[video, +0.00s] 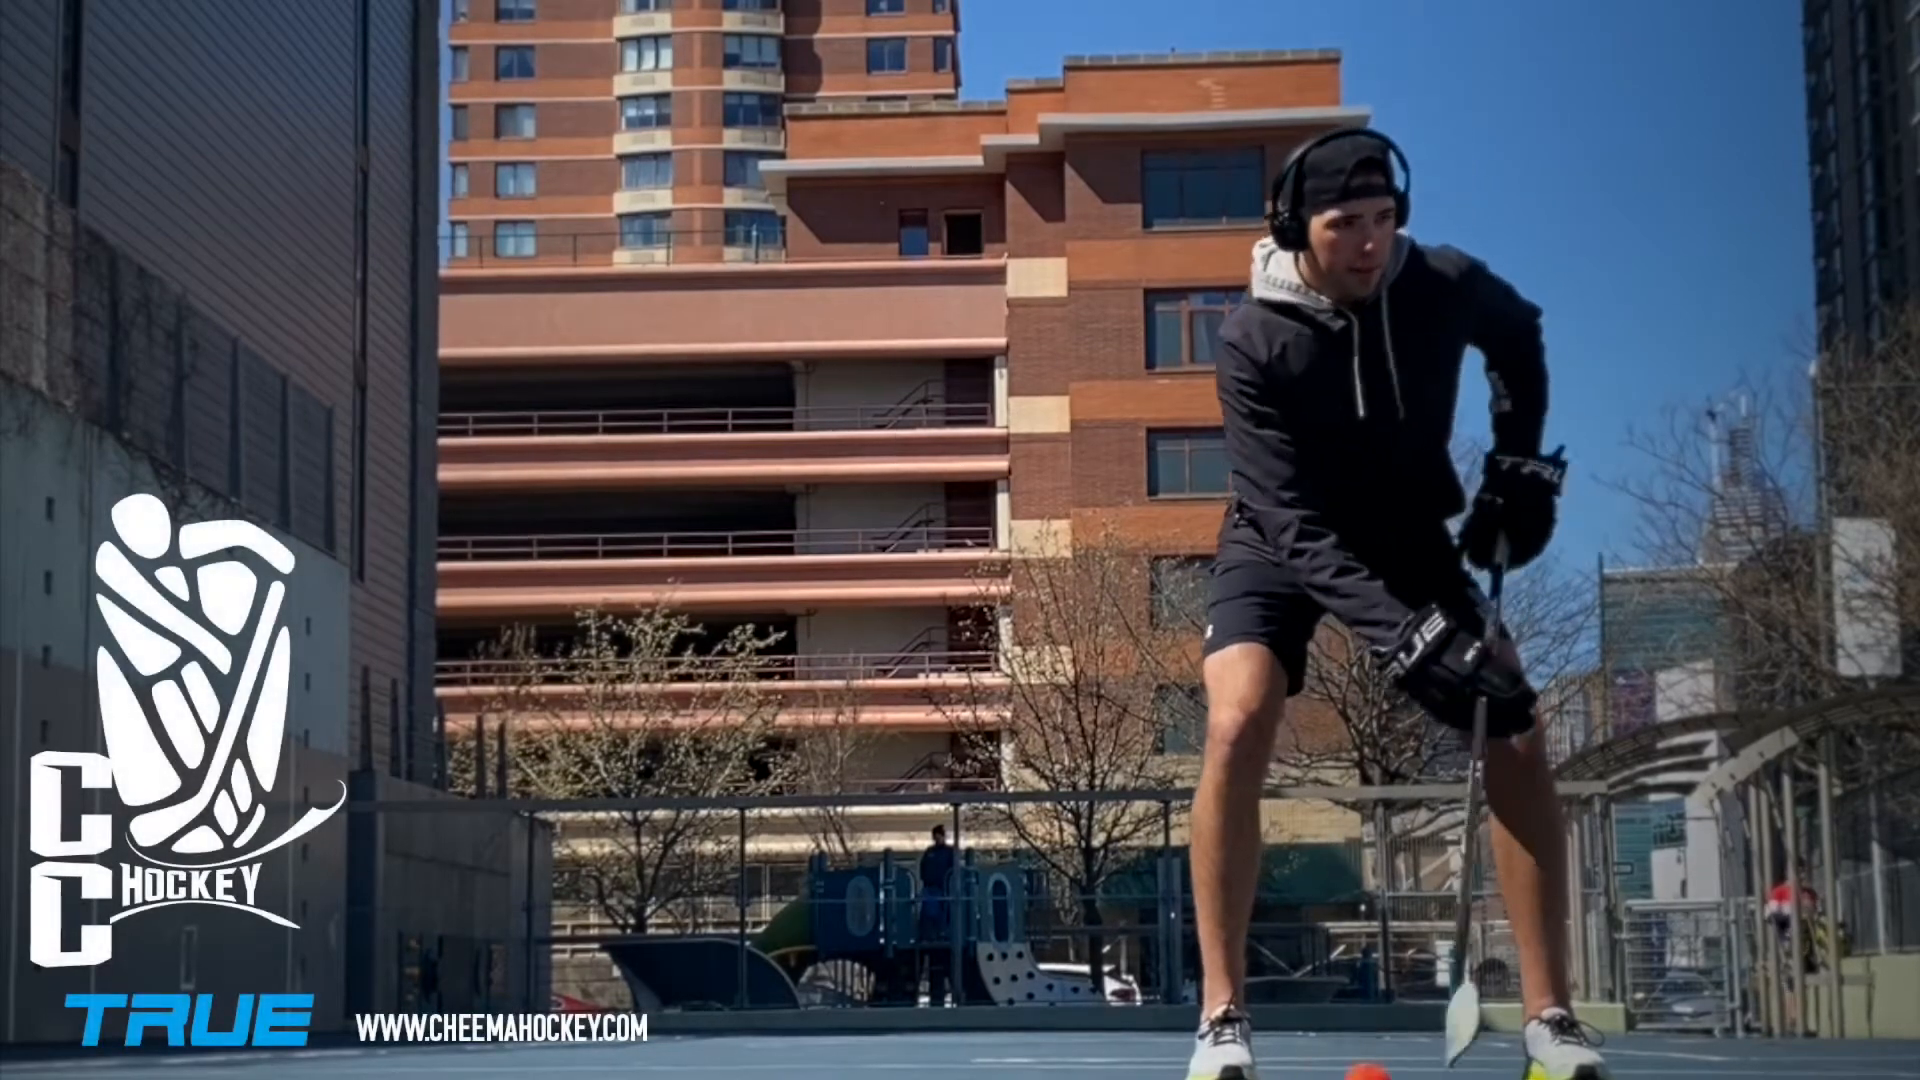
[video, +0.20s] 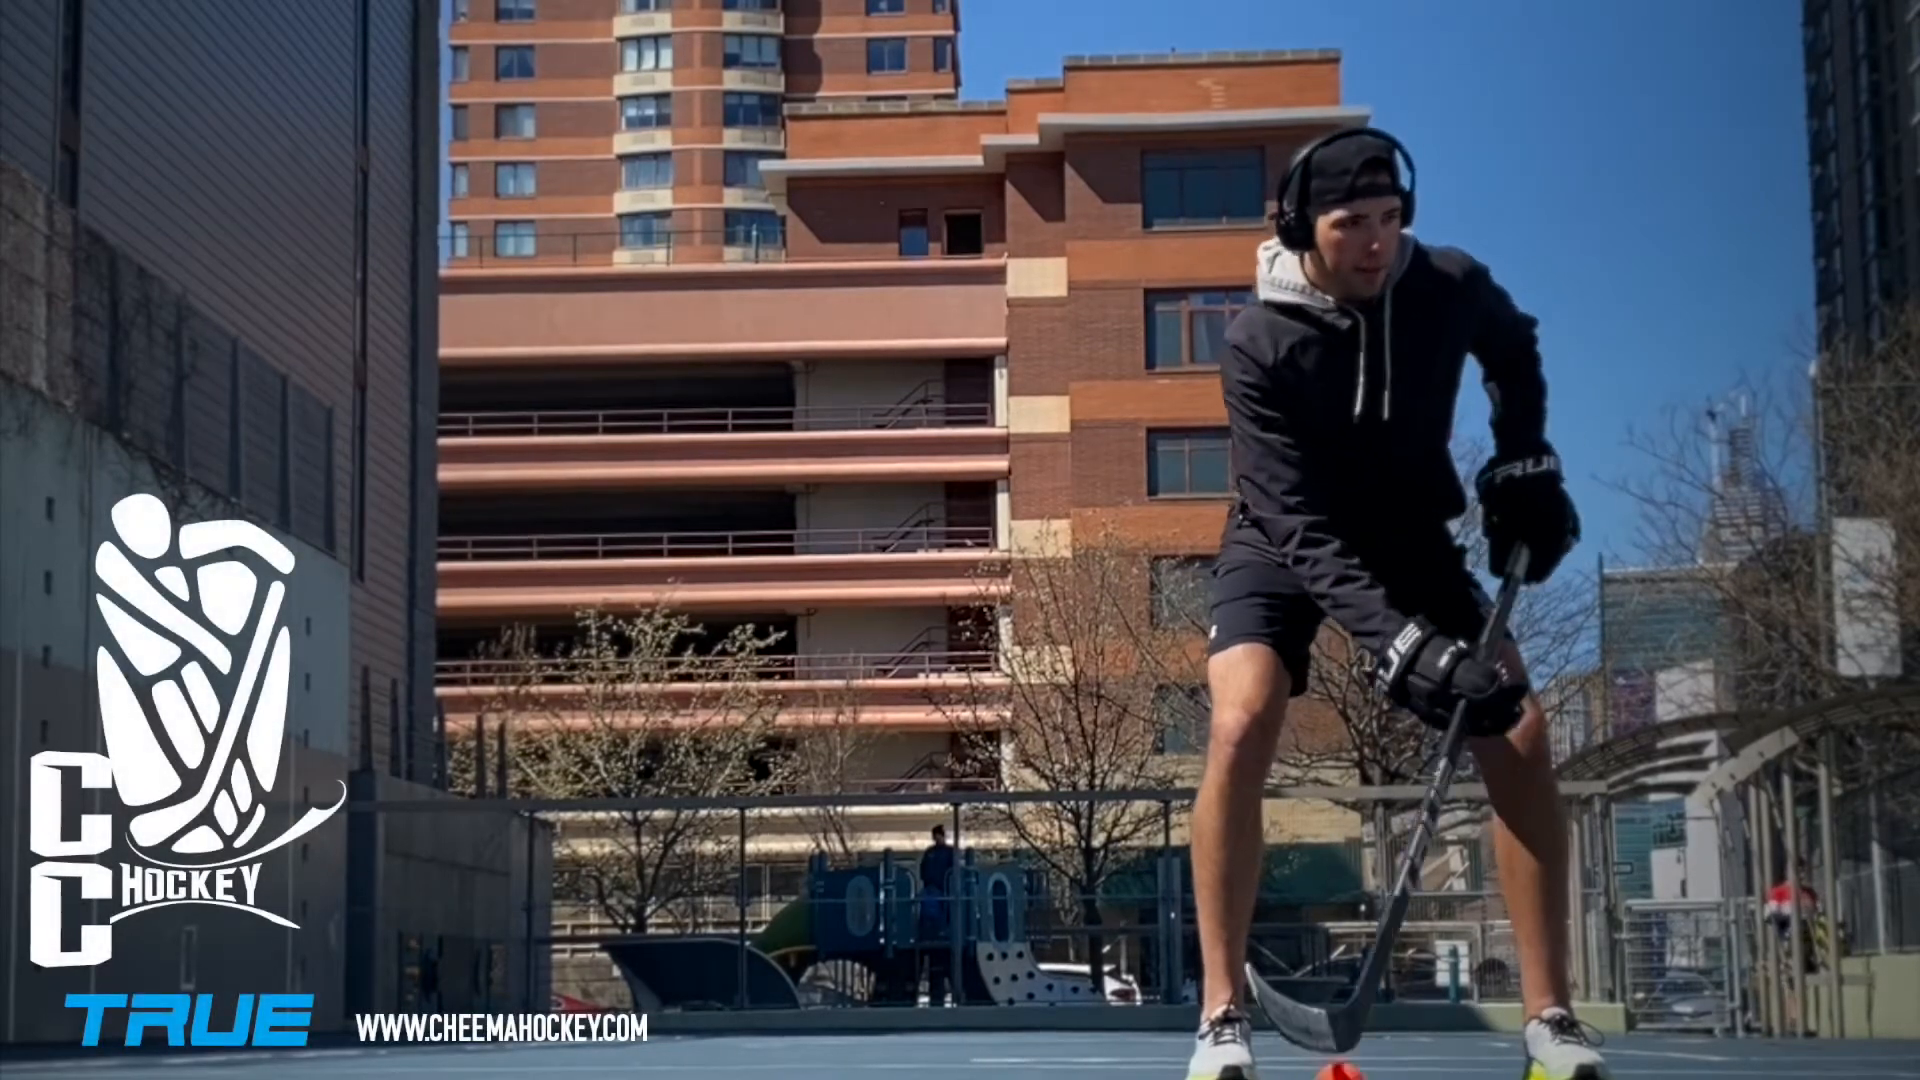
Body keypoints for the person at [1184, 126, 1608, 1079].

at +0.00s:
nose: (1371, 243)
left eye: (1384, 221)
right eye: (1347, 225)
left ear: (1401, 217)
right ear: (1297, 227)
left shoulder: (1440, 283)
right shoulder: (1257, 338)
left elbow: (1518, 334)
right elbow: (1292, 524)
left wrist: (1519, 465)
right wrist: (1414, 636)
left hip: (1411, 533)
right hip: (1280, 538)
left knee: (1515, 731)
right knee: (1238, 724)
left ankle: (1550, 1014)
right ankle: (1222, 1014)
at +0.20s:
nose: (1376, 242)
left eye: (1390, 220)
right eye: (1352, 223)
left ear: (1409, 218)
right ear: (1302, 225)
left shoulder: (1447, 285)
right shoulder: (1264, 341)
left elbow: (1515, 353)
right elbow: (1295, 528)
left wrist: (1523, 465)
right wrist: (1403, 646)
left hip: (1412, 536)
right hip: (1282, 541)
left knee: (1520, 735)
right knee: (1242, 725)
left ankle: (1550, 1016)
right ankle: (1223, 1012)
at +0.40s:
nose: (1395, 253)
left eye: (1411, 232)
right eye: (1375, 234)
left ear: (1430, 225)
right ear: (1331, 227)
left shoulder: (1467, 285)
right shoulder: (1278, 334)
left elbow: (1536, 347)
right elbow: (1293, 521)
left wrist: (1560, 465)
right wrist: (1414, 632)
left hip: (1426, 536)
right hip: (1296, 538)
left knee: (1527, 732)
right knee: (1250, 727)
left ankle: (1550, 1016)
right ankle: (1221, 1014)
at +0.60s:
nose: (1410, 254)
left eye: (1426, 233)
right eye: (1389, 236)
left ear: (1446, 226)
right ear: (1348, 230)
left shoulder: (1483, 284)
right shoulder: (1301, 336)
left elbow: (1536, 340)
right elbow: (1344, 522)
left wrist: (1540, 451)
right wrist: (1470, 656)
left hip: (1441, 530)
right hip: (1313, 529)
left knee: (1531, 747)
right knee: (1258, 726)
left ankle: (1553, 1015)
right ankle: (1223, 1012)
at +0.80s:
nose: (1446, 248)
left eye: (1462, 226)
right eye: (1424, 228)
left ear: (1479, 223)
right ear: (1378, 221)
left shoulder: (1504, 292)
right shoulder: (1316, 325)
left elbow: (1568, 368)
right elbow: (1327, 514)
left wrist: (1597, 477)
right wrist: (1432, 635)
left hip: (1446, 540)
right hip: (1317, 538)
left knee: (1545, 729)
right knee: (1269, 729)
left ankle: (1554, 1018)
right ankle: (1225, 1014)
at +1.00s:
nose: (1408, 258)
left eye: (1424, 237)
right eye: (1387, 239)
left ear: (1444, 231)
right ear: (1345, 233)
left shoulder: (1478, 288)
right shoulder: (1300, 341)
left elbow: (1532, 342)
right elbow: (1350, 523)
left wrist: (1534, 454)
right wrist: (1484, 659)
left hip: (1438, 529)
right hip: (1309, 532)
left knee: (1525, 742)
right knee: (1252, 727)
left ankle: (1552, 1016)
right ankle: (1222, 1014)